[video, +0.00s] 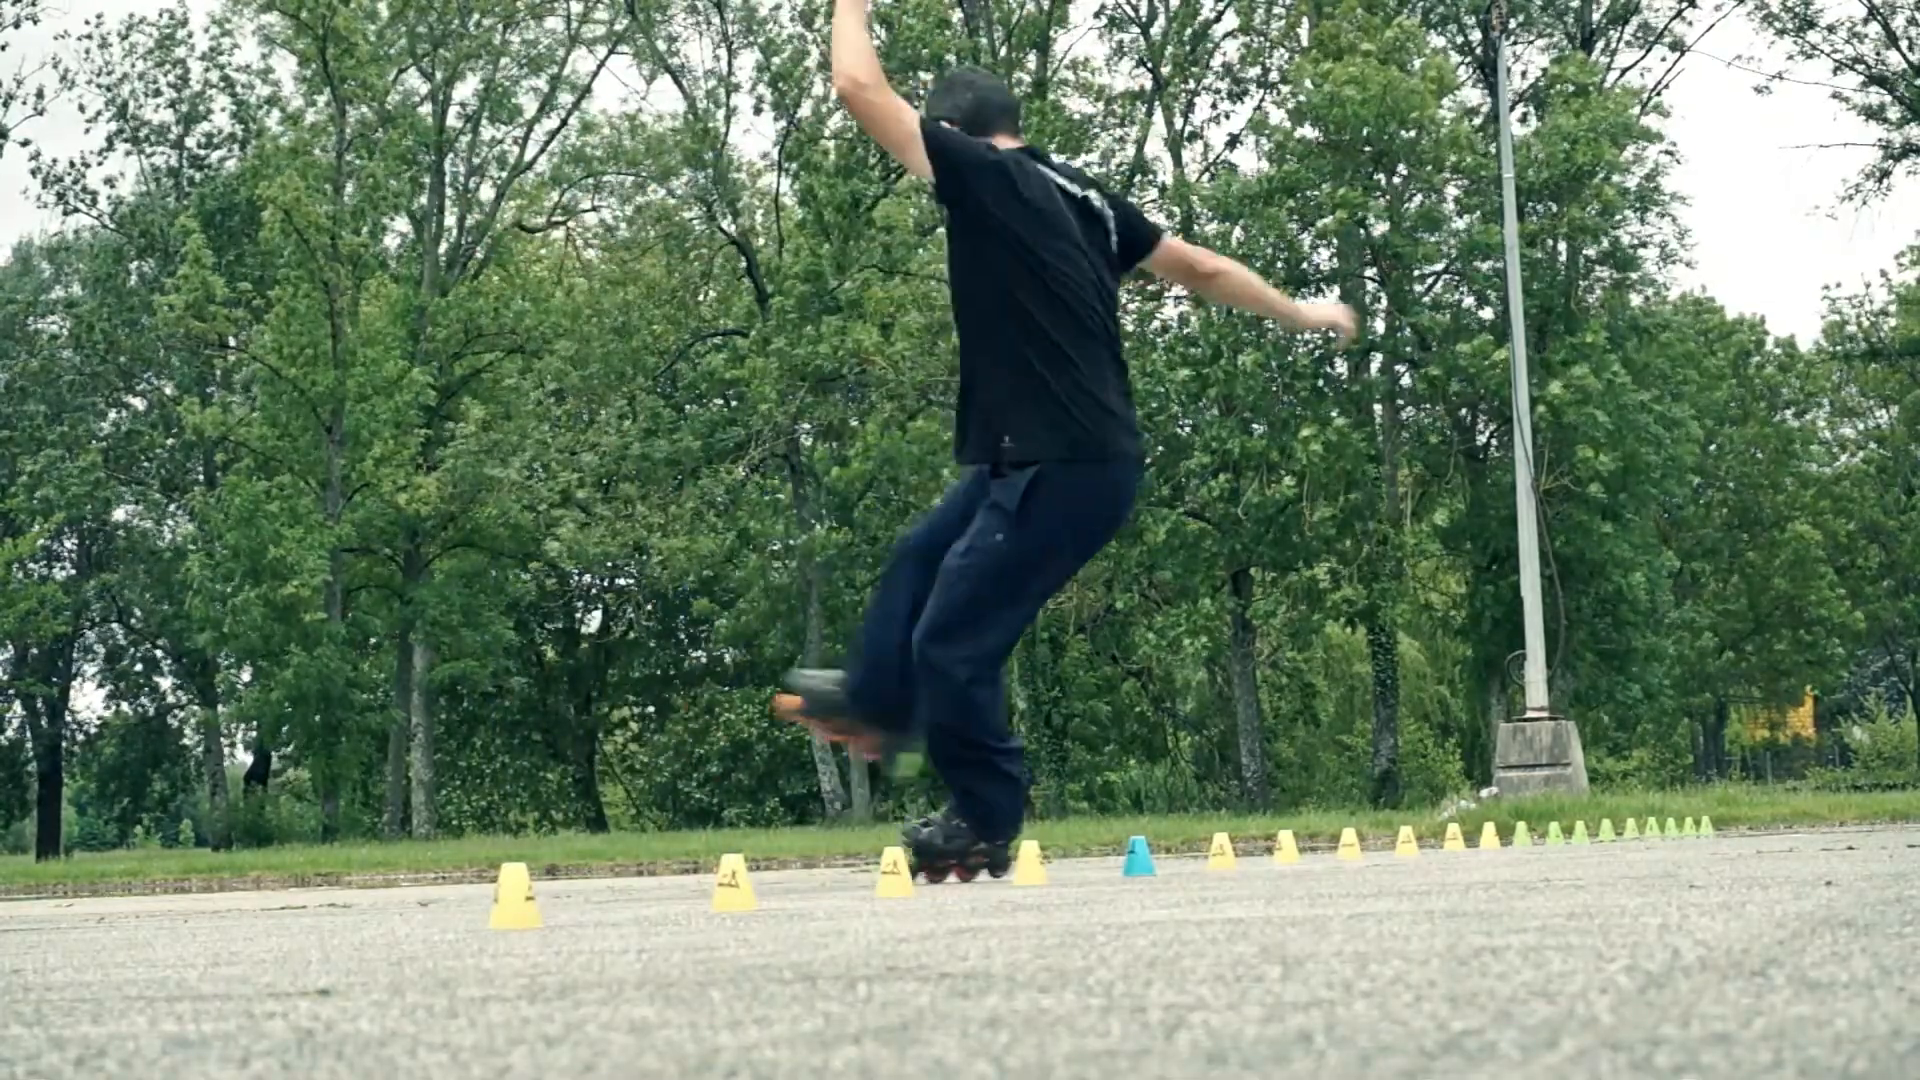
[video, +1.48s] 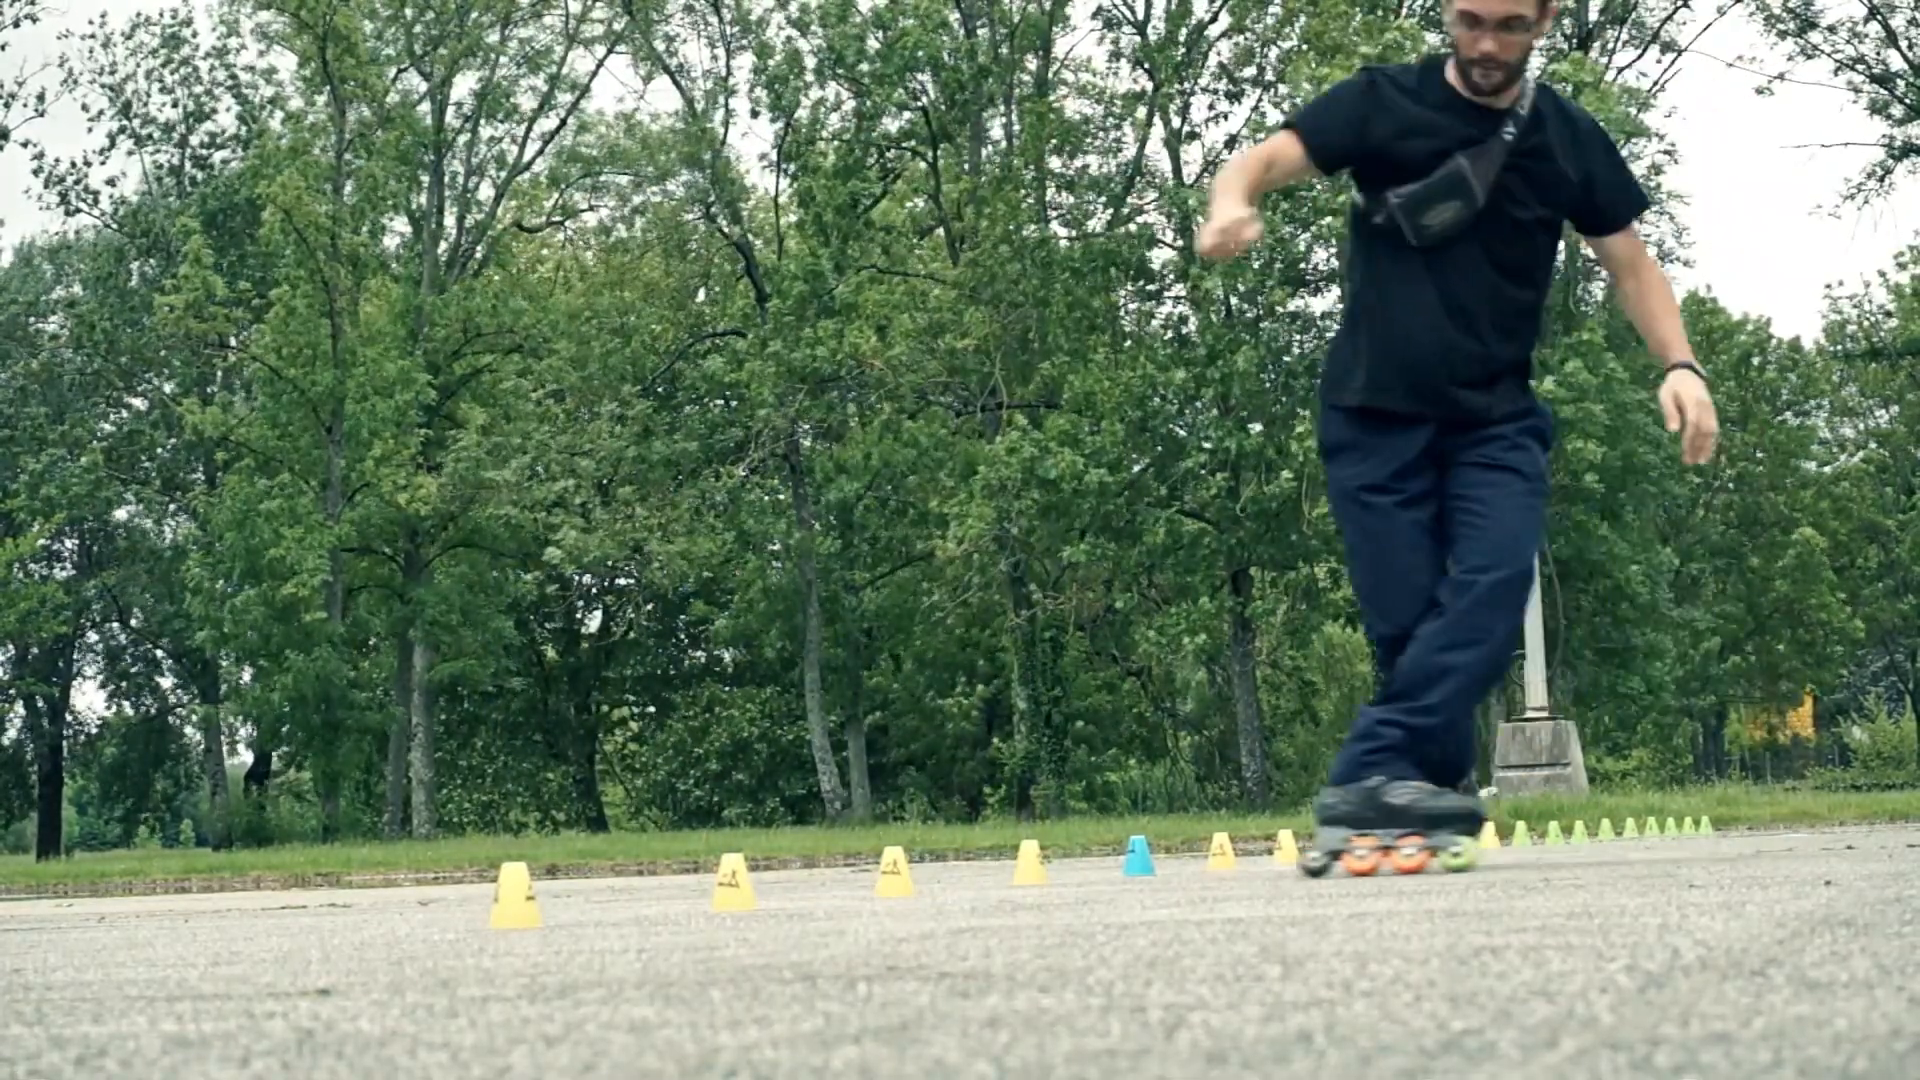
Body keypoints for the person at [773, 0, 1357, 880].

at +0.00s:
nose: (926, 158)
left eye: (930, 144)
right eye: (926, 145)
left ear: (955, 136)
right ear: (1015, 127)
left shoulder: (982, 172)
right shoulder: (1092, 203)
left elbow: (856, 83)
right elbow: (1198, 266)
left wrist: (850, 5)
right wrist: (1296, 310)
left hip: (1063, 468)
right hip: (1026, 462)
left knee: (950, 638)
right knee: (917, 560)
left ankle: (987, 816)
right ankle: (874, 705)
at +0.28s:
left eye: (1138, 156)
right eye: (1204, 148)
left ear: (1137, 159)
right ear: (1214, 150)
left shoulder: (1105, 208)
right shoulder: (1258, 202)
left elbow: (1018, 172)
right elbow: (1405, 211)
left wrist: (1035, 92)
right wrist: (1533, 181)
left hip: (1195, 486)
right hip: (1291, 467)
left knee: (1155, 655)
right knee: (1318, 605)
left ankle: (1253, 809)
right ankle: (1488, 688)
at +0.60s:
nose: (1490, 122)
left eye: (1485, 114)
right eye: (1484, 113)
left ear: (1404, 130)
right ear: (1464, 117)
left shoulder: (1360, 219)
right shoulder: (1492, 149)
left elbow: (1309, 294)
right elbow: (1602, 56)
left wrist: (1314, 285)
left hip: (1426, 450)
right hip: (1530, 425)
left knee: (1504, 645)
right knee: (1591, 608)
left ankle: (1632, 807)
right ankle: (1482, 640)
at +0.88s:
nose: (1696, 95)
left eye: (1694, 84)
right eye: (1686, 83)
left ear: (1613, 78)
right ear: (1636, 76)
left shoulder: (1522, 181)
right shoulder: (1621, 113)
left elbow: (1493, 317)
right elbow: (1772, 72)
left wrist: (1473, 429)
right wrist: (1829, 67)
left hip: (1519, 423)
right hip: (1604, 401)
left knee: (1699, 606)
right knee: (1672, 612)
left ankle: (1800, 775)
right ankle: (1483, 730)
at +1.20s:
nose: (1705, 89)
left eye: (1717, 74)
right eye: (1694, 63)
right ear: (1632, 45)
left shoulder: (1632, 174)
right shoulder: (1562, 89)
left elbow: (1614, 331)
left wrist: (1716, 429)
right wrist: (1740, 203)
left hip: (1591, 428)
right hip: (1511, 413)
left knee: (1688, 582)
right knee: (1610, 607)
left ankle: (1691, 766)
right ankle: (1449, 744)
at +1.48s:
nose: (1487, 47)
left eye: (1510, 28)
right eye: (1470, 24)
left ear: (1544, 22)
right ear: (1445, 15)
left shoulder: (1569, 138)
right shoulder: (1383, 101)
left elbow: (1631, 262)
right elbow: (1256, 161)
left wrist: (1679, 363)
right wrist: (1229, 205)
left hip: (1495, 418)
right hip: (1374, 419)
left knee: (1496, 583)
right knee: (1403, 622)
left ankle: (1370, 774)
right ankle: (1446, 807)